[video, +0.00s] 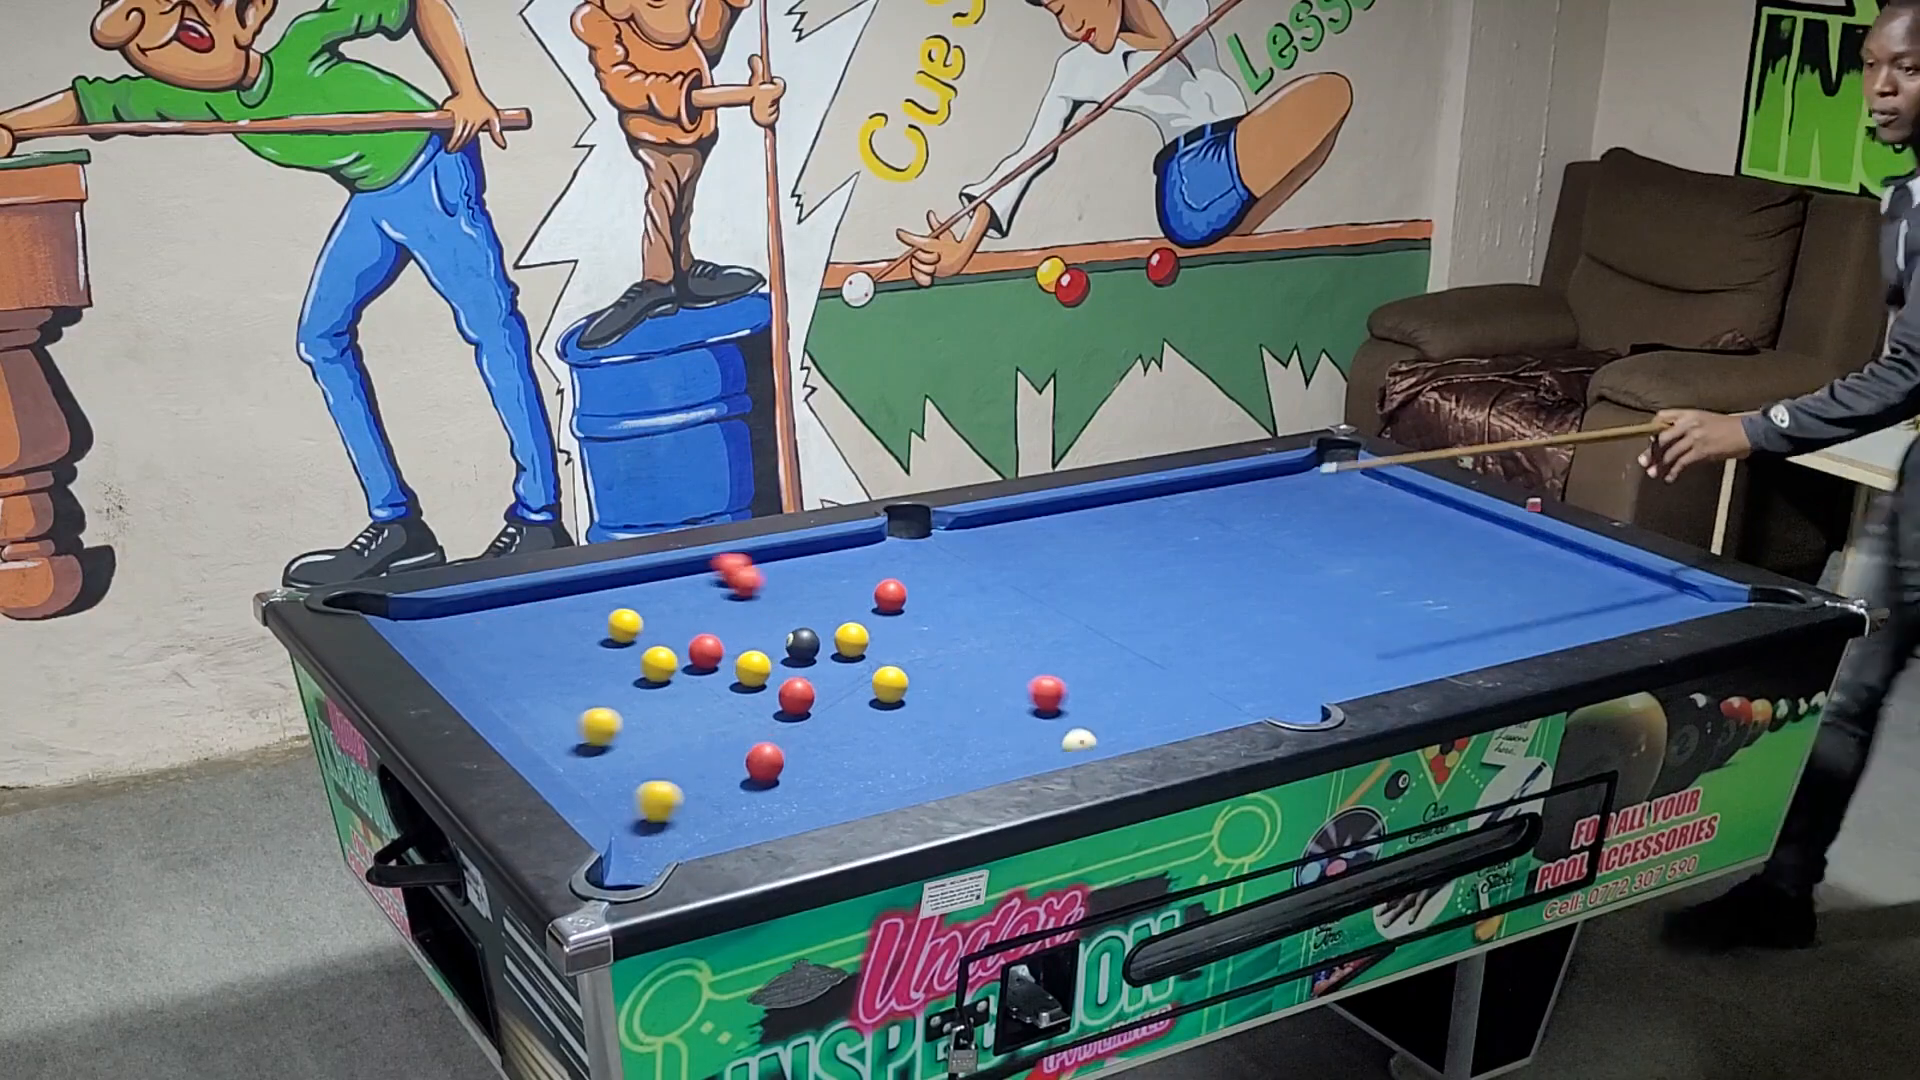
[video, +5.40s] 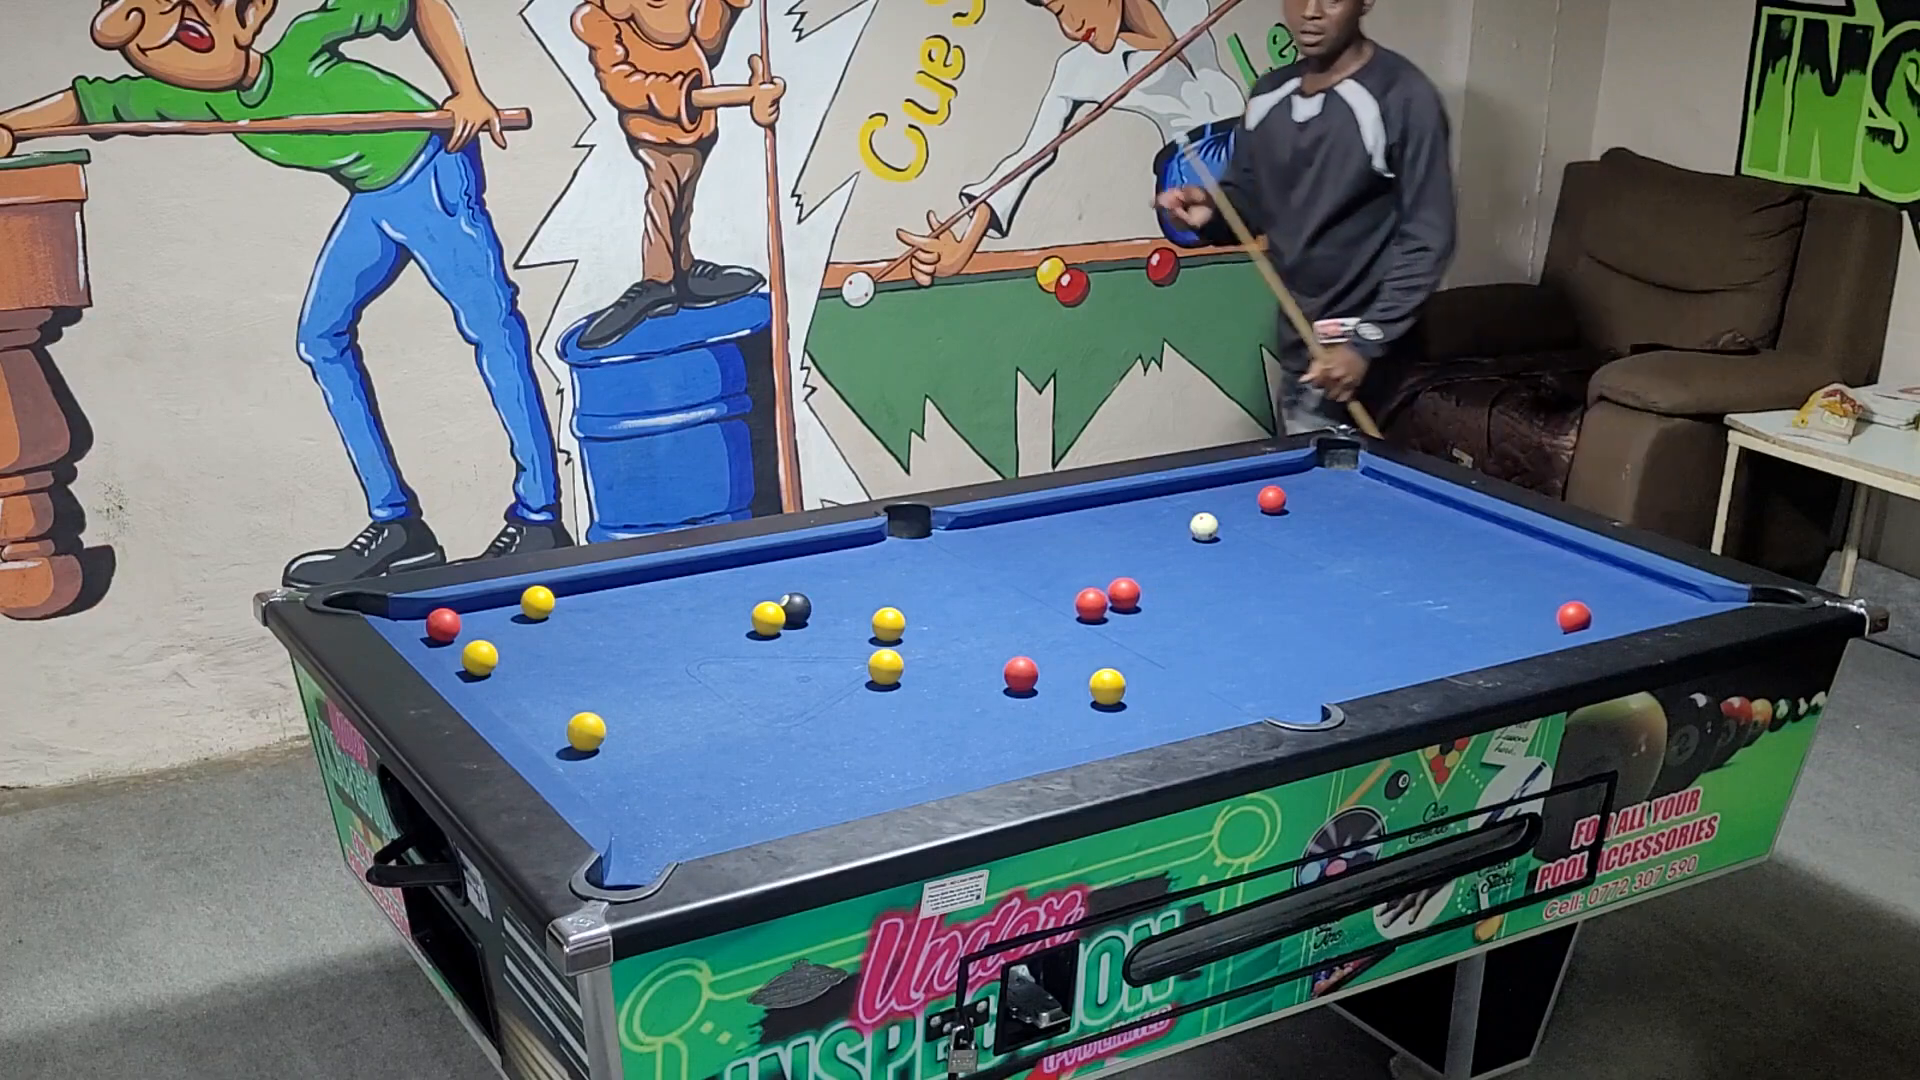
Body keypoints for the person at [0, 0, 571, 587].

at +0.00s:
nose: (207, 57)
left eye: (200, 42)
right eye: (191, 56)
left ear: (228, 22)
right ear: (185, 74)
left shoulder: (300, 37)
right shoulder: (213, 98)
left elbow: (419, 4)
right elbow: (90, 101)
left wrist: (467, 87)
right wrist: (9, 124)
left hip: (426, 165)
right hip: (369, 199)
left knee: (492, 329)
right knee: (322, 337)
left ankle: (540, 516)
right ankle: (397, 522)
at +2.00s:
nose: (208, 60)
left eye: (201, 44)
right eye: (190, 60)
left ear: (228, 24)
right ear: (185, 74)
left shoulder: (300, 37)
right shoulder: (211, 97)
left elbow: (418, 4)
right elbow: (90, 101)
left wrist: (467, 87)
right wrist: (9, 124)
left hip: (426, 165)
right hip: (369, 199)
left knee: (492, 329)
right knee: (322, 337)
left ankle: (541, 517)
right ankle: (397, 522)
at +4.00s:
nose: (205, 56)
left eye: (198, 42)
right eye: (189, 57)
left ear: (226, 21)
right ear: (184, 74)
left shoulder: (300, 37)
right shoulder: (212, 98)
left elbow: (418, 3)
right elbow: (91, 100)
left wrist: (466, 87)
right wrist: (11, 123)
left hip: (426, 165)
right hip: (369, 198)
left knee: (491, 327)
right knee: (322, 337)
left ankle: (541, 518)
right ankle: (397, 522)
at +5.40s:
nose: (203, 55)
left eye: (197, 40)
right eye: (187, 55)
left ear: (222, 20)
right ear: (183, 73)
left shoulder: (300, 37)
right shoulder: (218, 98)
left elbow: (417, 3)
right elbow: (92, 100)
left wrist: (467, 87)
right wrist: (9, 124)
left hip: (426, 164)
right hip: (369, 197)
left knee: (492, 329)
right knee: (321, 337)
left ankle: (541, 518)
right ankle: (397, 522)